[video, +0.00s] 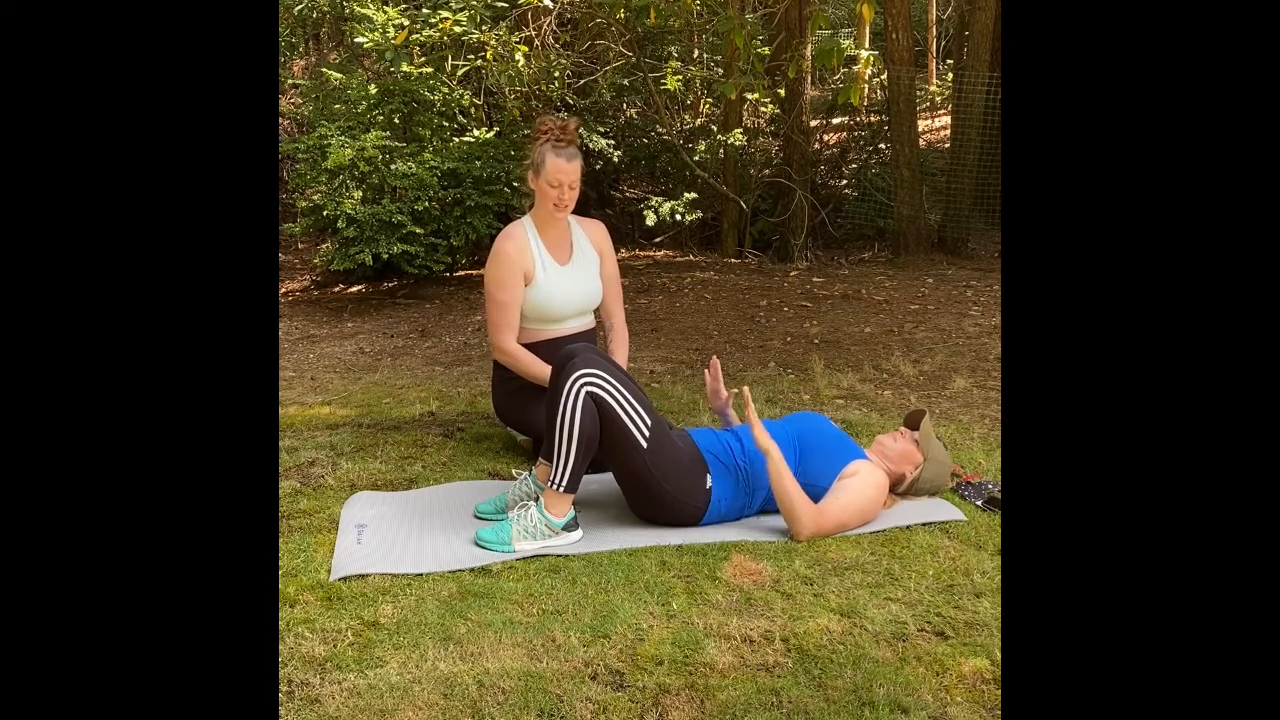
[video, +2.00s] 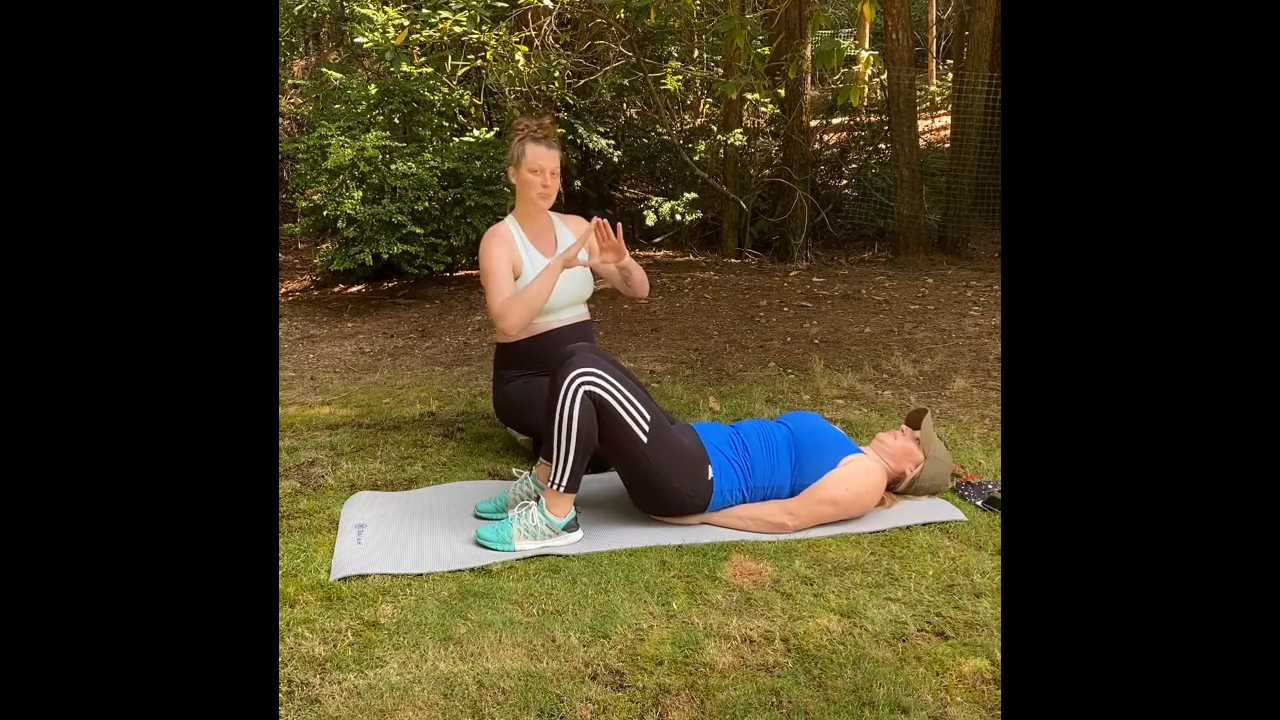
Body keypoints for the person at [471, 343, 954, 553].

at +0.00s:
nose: (897, 433)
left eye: (908, 440)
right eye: (905, 430)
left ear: (908, 471)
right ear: (895, 444)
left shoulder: (870, 483)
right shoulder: (842, 452)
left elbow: (808, 525)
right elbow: (758, 463)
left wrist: (766, 440)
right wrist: (728, 411)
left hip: (694, 484)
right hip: (680, 459)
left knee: (589, 373)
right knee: (578, 358)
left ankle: (555, 511)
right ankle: (542, 485)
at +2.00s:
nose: (897, 431)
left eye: (908, 438)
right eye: (906, 429)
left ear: (908, 468)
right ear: (898, 445)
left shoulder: (863, 476)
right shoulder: (847, 453)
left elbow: (789, 516)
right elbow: (771, 485)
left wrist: (706, 515)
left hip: (693, 480)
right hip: (681, 450)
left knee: (585, 376)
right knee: (589, 365)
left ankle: (555, 510)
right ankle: (544, 482)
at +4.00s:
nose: (900, 434)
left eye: (910, 441)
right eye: (908, 431)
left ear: (908, 470)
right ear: (899, 447)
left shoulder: (865, 474)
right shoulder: (852, 457)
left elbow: (792, 510)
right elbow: (777, 493)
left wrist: (709, 516)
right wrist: (709, 496)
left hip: (693, 481)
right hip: (680, 453)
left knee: (590, 376)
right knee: (590, 365)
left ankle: (554, 512)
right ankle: (539, 485)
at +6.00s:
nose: (897, 433)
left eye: (908, 439)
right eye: (905, 430)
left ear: (908, 470)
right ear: (897, 446)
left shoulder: (864, 479)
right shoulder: (846, 456)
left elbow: (794, 521)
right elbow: (777, 499)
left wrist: (710, 516)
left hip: (693, 483)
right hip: (678, 455)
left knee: (585, 368)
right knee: (571, 357)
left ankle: (553, 510)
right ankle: (541, 484)